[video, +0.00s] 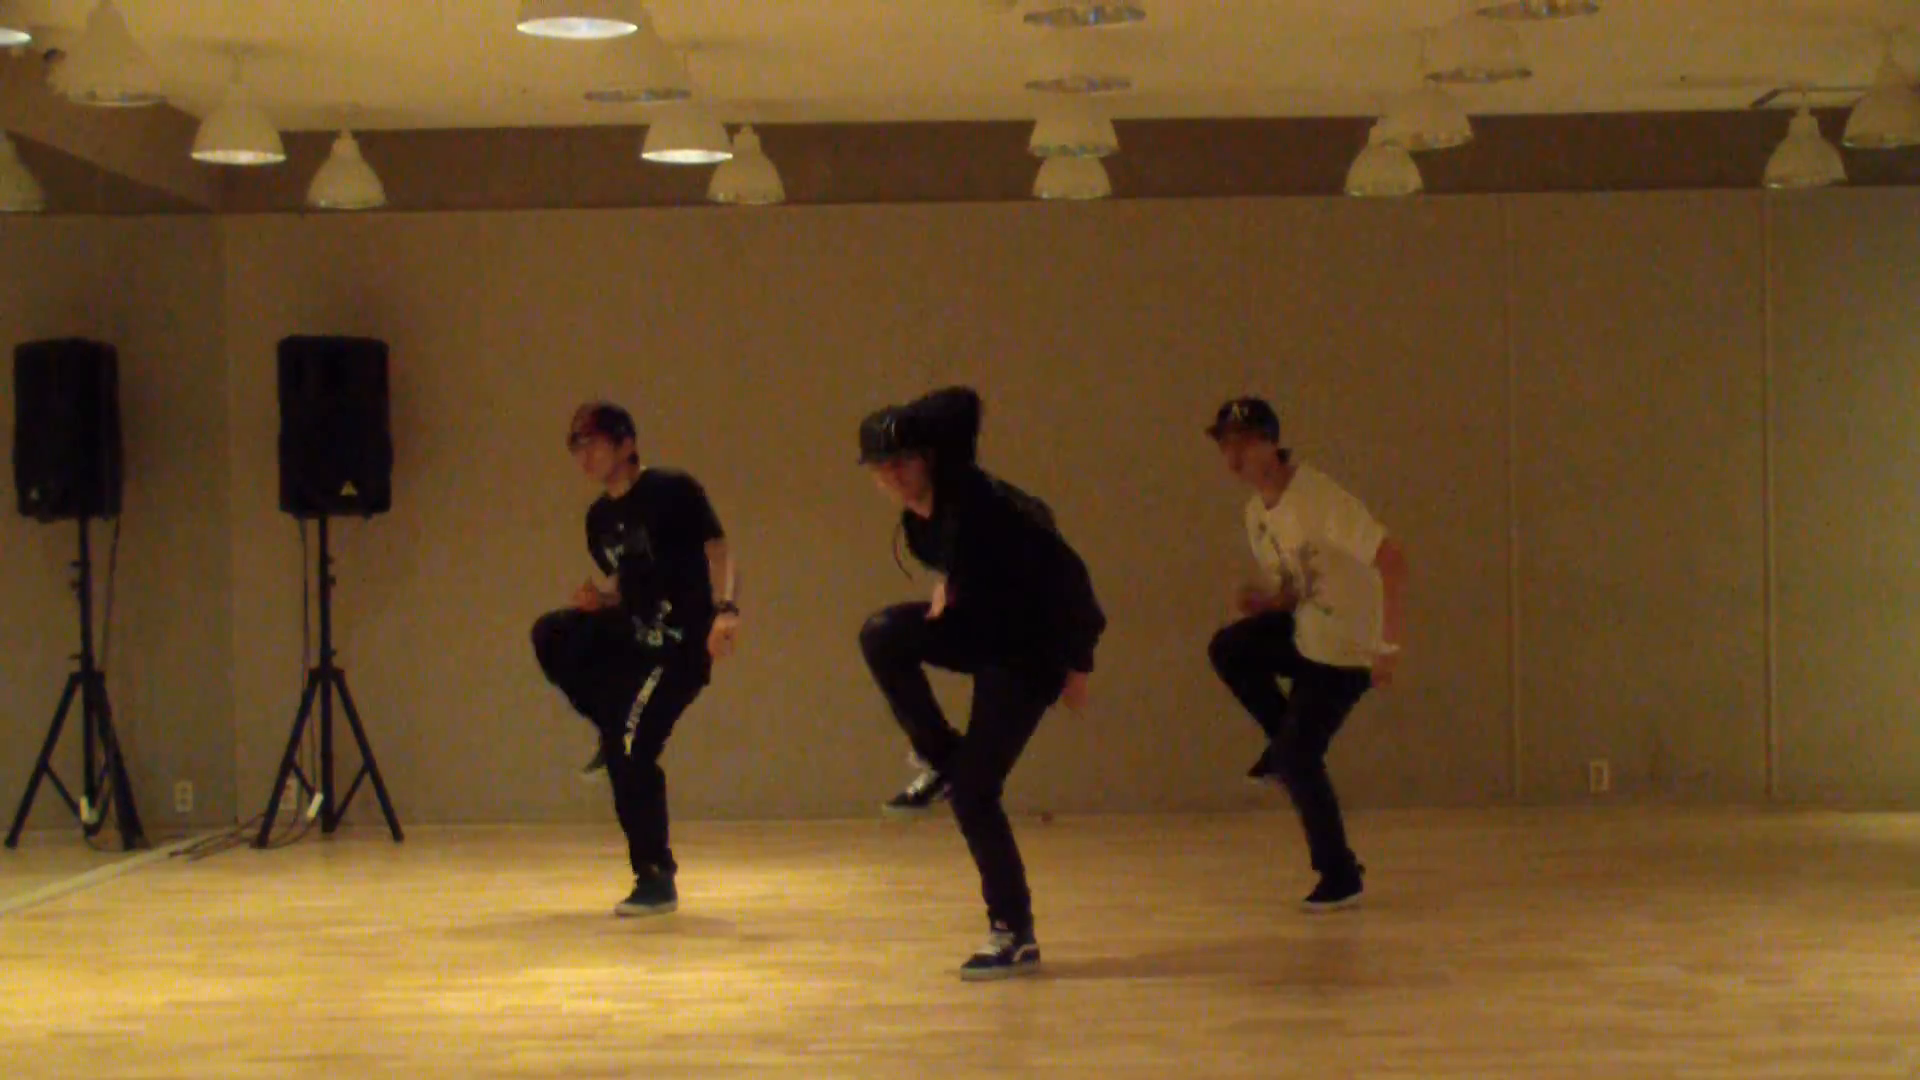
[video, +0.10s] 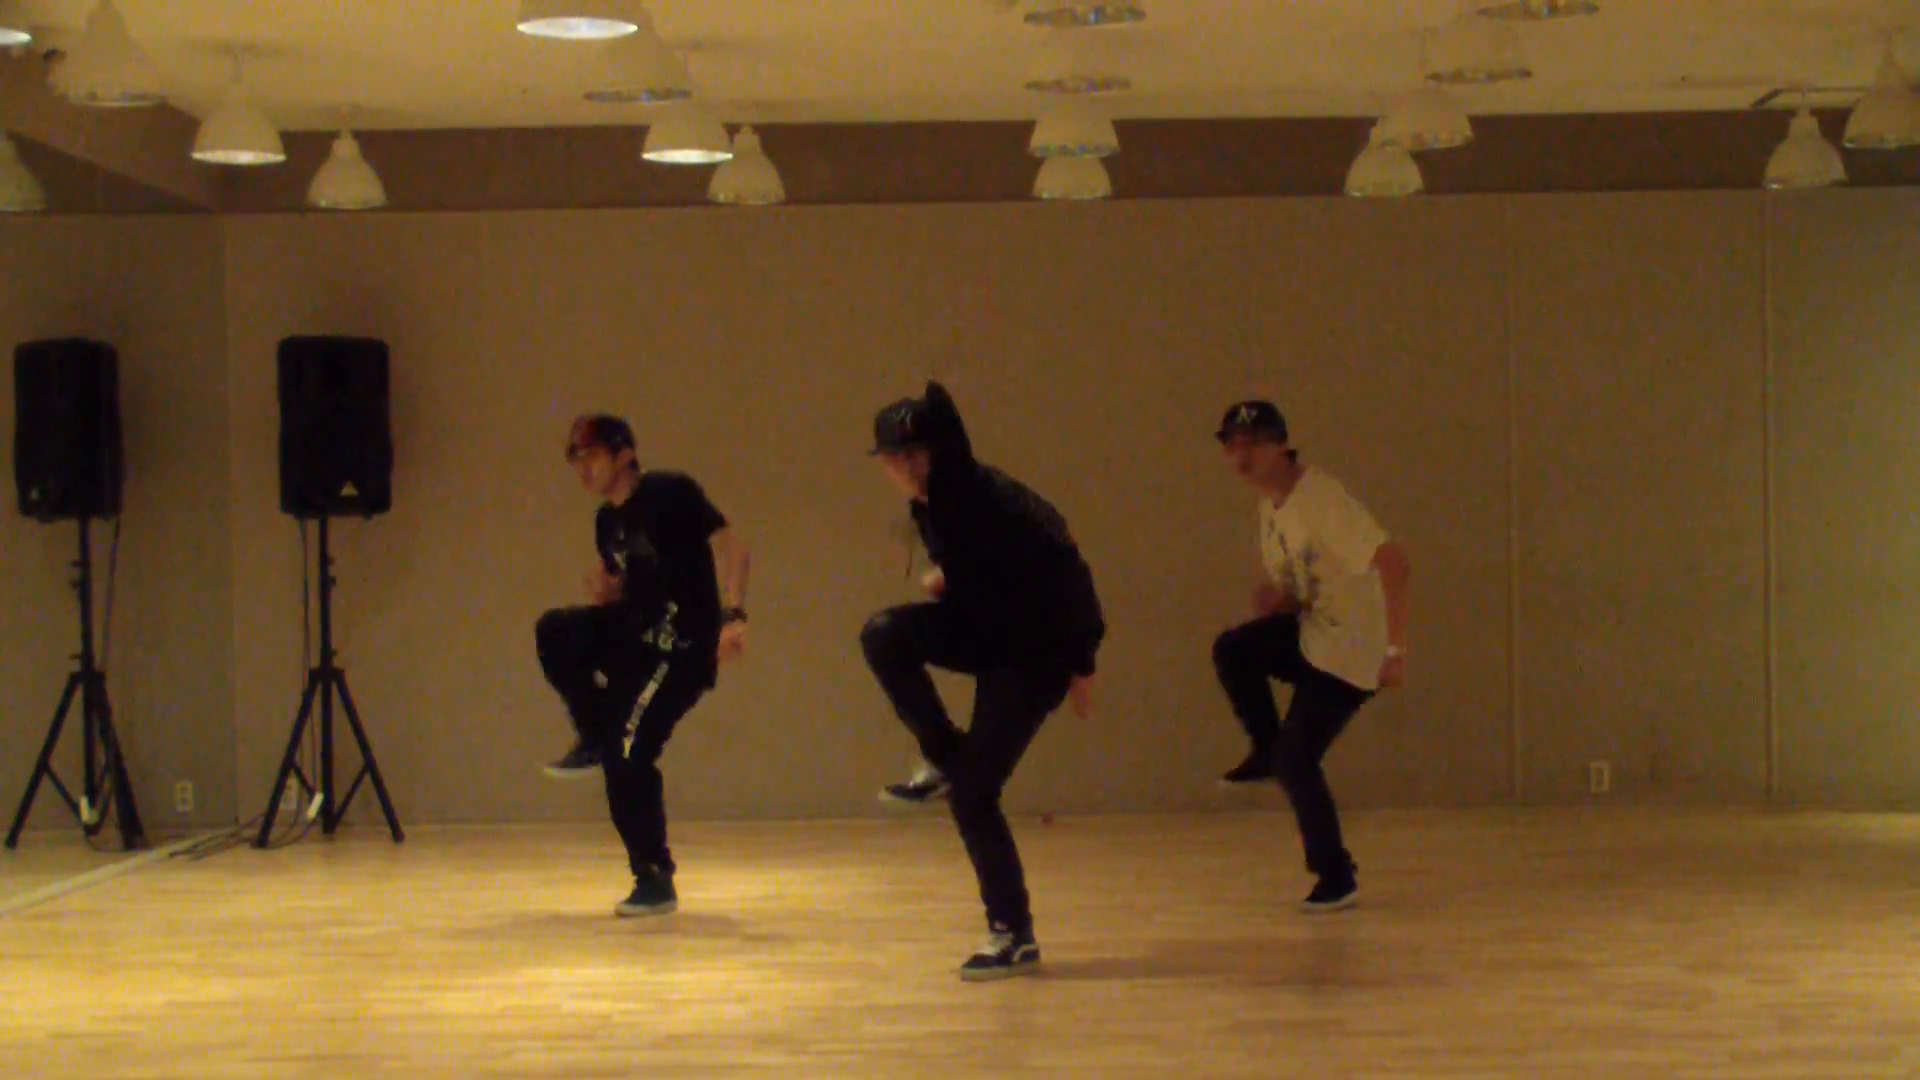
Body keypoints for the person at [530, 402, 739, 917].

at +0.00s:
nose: (581, 455)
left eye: (589, 444)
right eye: (576, 446)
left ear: (624, 445)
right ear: (579, 455)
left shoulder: (674, 490)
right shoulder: (601, 517)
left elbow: (717, 548)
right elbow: (622, 585)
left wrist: (725, 608)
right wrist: (600, 596)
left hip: (681, 640)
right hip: (632, 633)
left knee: (630, 745)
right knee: (553, 633)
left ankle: (655, 875)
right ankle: (614, 729)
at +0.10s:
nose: (582, 469)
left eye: (591, 458)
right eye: (578, 460)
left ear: (624, 456)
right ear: (578, 466)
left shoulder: (673, 492)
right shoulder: (608, 518)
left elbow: (731, 545)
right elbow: (627, 587)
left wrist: (735, 614)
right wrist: (605, 591)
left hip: (684, 643)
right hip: (638, 633)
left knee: (627, 746)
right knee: (557, 631)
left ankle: (654, 876)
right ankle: (597, 735)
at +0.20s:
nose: (589, 481)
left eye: (596, 469)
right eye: (584, 473)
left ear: (630, 465)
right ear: (594, 478)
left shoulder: (666, 486)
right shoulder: (637, 535)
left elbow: (736, 522)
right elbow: (603, 608)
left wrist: (741, 600)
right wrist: (581, 583)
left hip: (695, 648)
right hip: (648, 638)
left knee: (629, 758)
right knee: (553, 648)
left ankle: (654, 878)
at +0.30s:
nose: (601, 490)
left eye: (607, 477)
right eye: (597, 480)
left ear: (640, 472)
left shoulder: (673, 486)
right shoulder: (645, 551)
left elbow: (751, 506)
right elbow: (599, 616)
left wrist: (745, 582)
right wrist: (548, 579)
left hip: (706, 656)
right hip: (662, 649)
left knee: (629, 760)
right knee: (570, 686)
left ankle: (654, 878)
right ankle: (460, 729)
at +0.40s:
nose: (612, 498)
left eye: (618, 485)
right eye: (606, 489)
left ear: (650, 479)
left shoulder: (685, 491)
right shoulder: (658, 558)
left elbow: (761, 509)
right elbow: (603, 627)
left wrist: (749, 588)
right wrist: (547, 589)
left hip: (711, 662)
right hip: (671, 653)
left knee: (629, 763)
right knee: (599, 704)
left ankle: (655, 879)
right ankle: (513, 751)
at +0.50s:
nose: (620, 497)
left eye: (628, 484)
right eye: (616, 488)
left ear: (661, 480)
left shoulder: (691, 494)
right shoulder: (664, 562)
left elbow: (769, 509)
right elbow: (613, 634)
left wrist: (755, 585)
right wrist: (551, 598)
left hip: (722, 665)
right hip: (689, 660)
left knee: (637, 762)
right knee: (636, 719)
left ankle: (656, 878)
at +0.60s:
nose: (632, 487)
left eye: (641, 476)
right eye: (629, 478)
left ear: (675, 476)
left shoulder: (705, 494)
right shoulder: (674, 562)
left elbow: (784, 507)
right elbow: (627, 637)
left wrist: (770, 583)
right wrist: (551, 604)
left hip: (738, 669)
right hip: (707, 676)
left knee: (653, 756)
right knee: (698, 771)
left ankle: (656, 879)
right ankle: (791, 832)